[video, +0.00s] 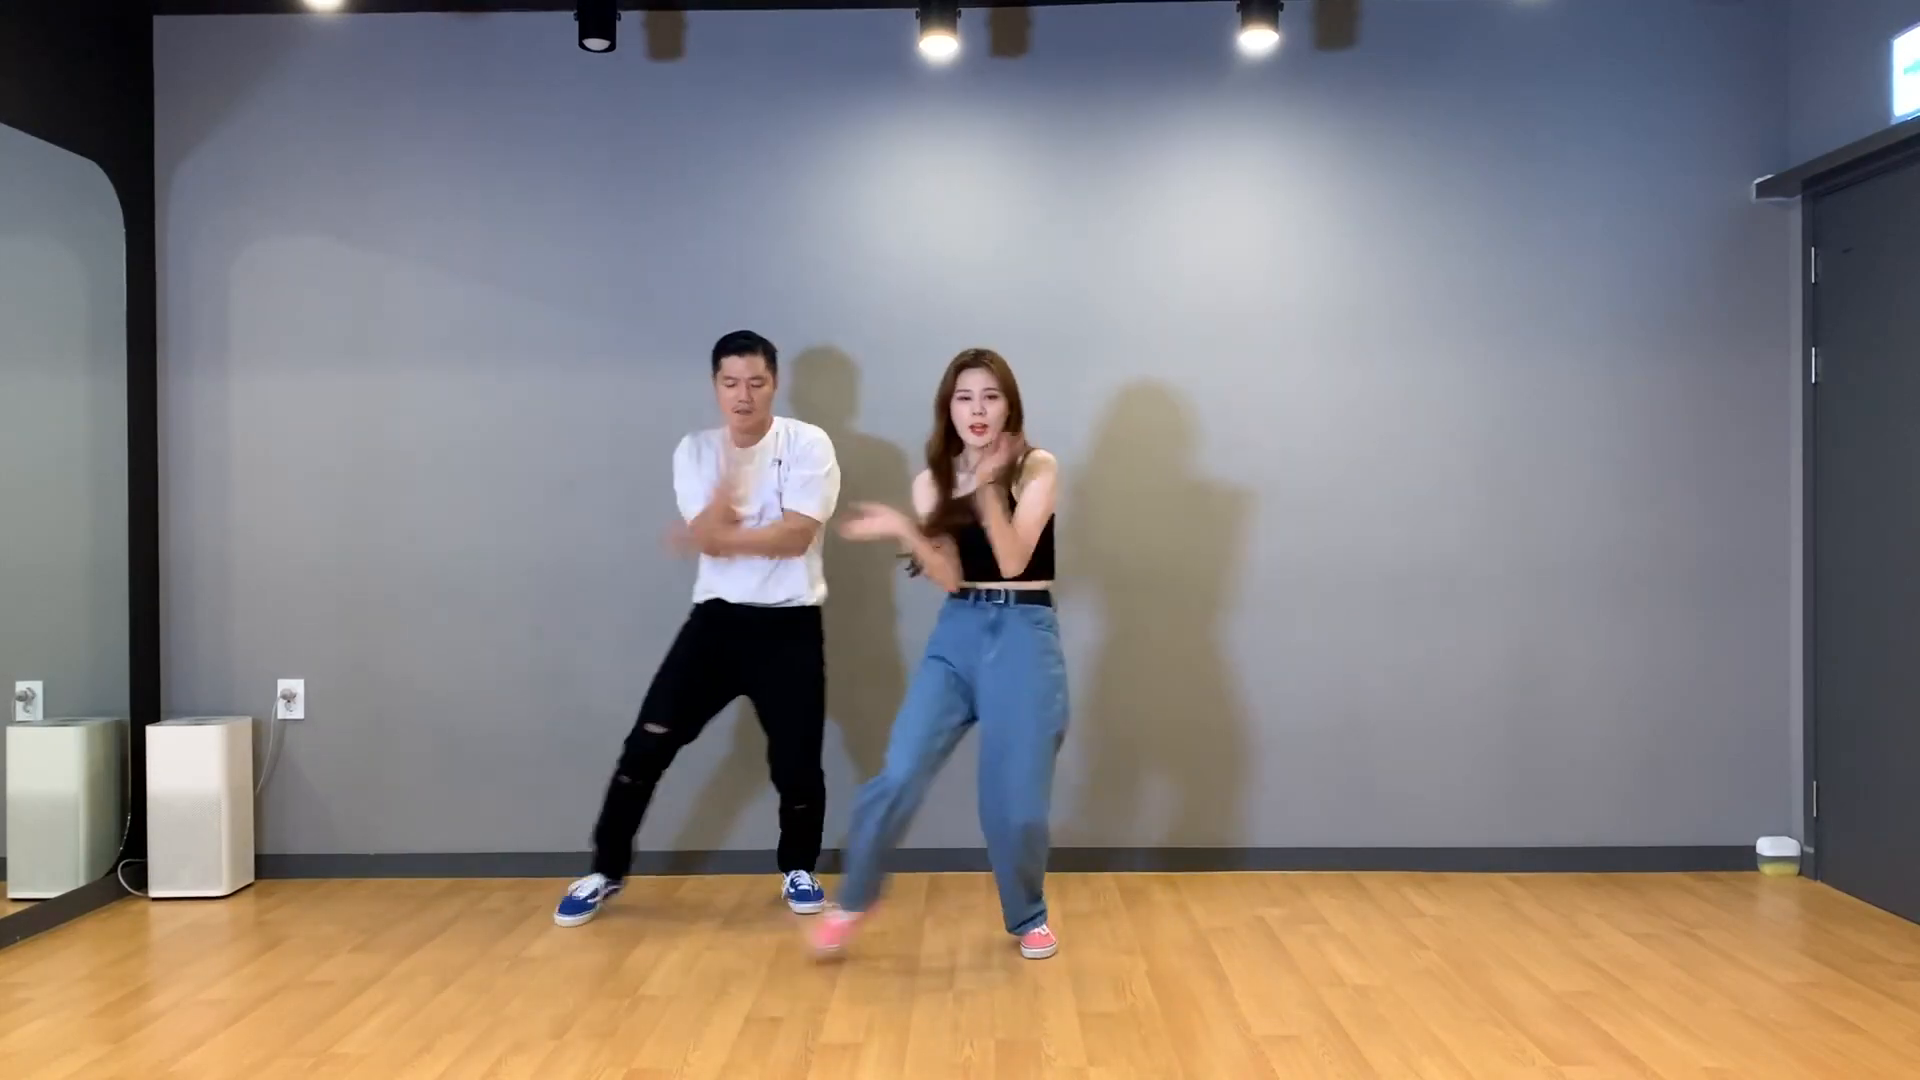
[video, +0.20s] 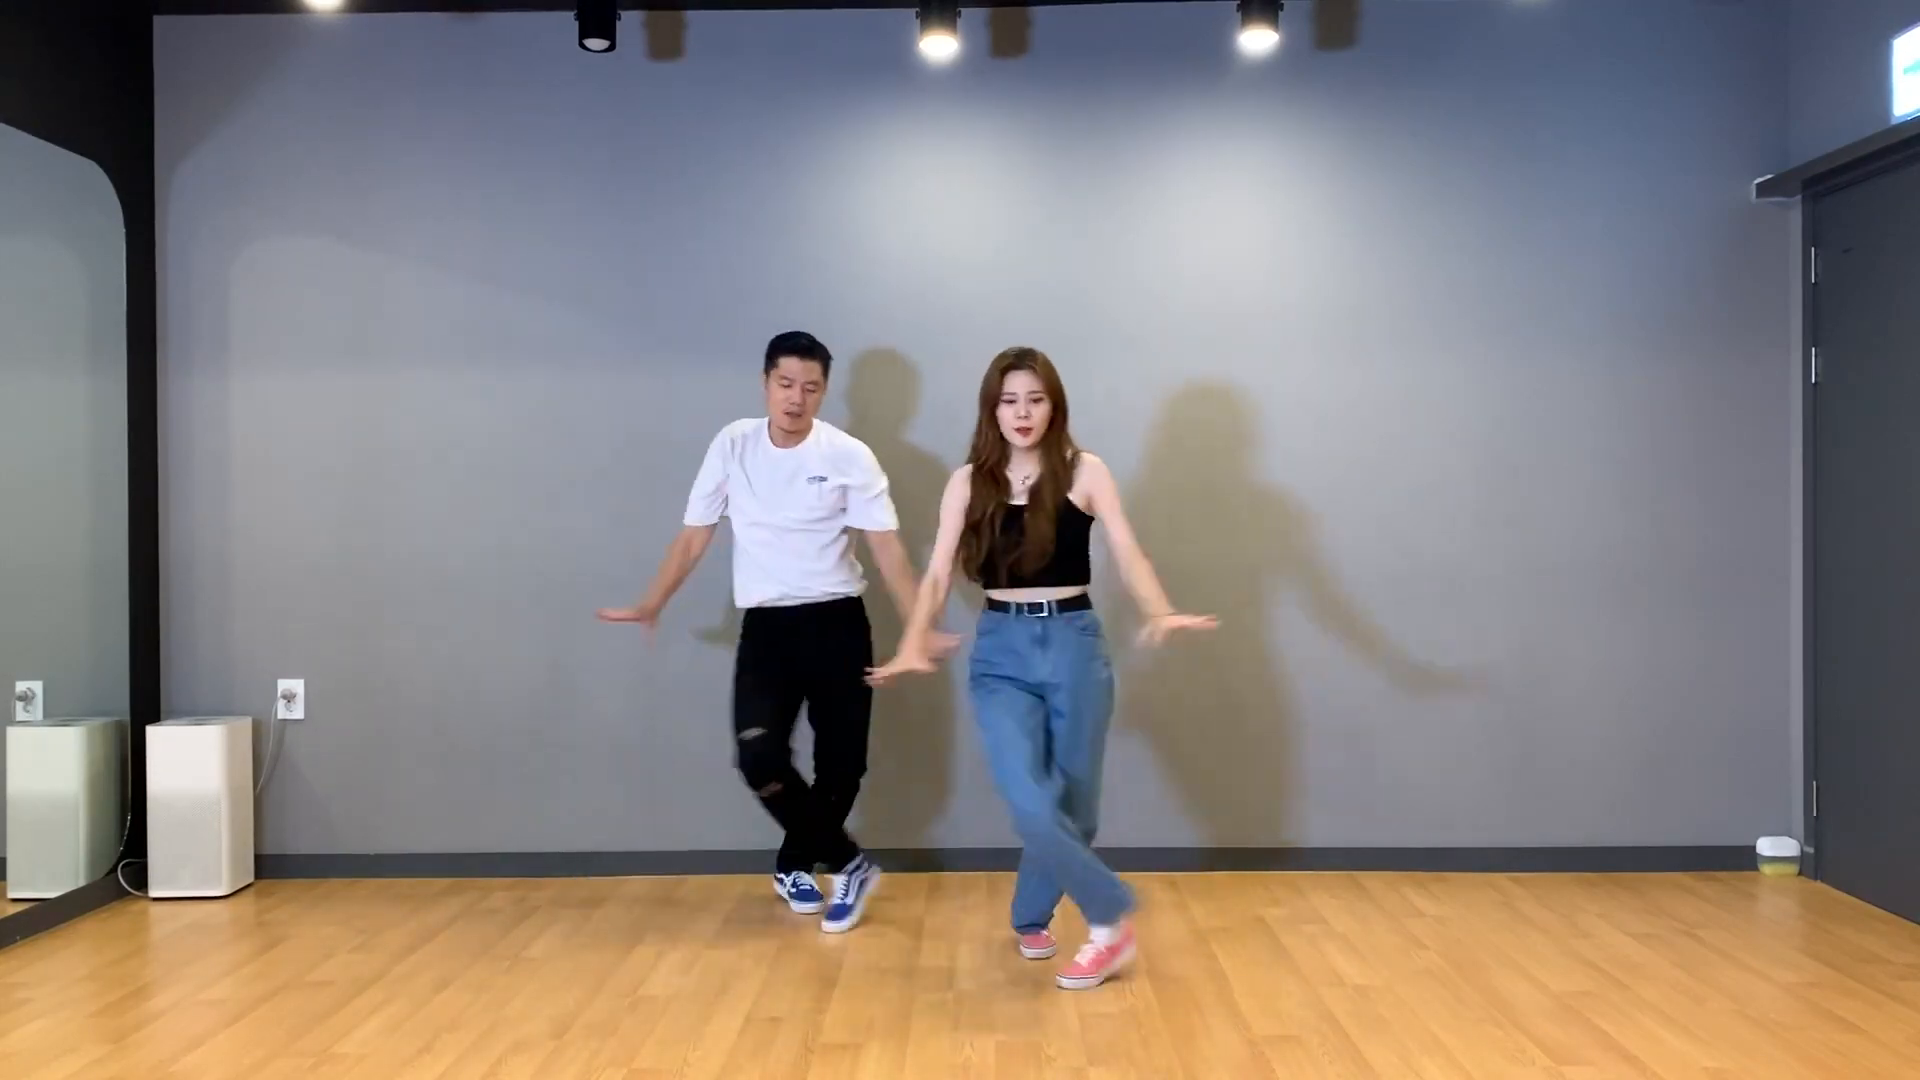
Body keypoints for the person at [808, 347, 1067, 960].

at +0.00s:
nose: (976, 409)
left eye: (989, 397)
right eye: (963, 398)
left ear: (1010, 405)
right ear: (947, 408)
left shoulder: (1037, 469)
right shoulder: (932, 482)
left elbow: (1014, 559)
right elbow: (950, 577)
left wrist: (988, 483)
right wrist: (903, 529)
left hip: (1024, 639)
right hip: (956, 636)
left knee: (1018, 801)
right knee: (899, 775)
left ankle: (1028, 915)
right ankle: (852, 901)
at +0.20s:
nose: (1022, 413)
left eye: (1034, 400)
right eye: (1009, 401)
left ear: (1055, 406)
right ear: (991, 409)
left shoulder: (1085, 471)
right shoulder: (966, 483)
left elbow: (1127, 552)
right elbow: (938, 574)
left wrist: (1159, 610)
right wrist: (912, 647)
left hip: (1073, 644)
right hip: (998, 647)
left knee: (1072, 796)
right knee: (1025, 795)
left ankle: (1030, 918)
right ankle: (1113, 920)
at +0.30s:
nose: (1042, 413)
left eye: (1054, 401)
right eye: (1029, 401)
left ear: (1072, 407)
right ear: (1009, 409)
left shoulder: (1105, 468)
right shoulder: (983, 484)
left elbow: (1186, 533)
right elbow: (928, 568)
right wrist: (867, 637)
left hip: (1100, 645)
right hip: (1024, 647)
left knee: (1092, 807)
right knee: (1060, 805)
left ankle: (1030, 910)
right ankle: (1116, 941)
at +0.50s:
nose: (1080, 402)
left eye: (1094, 390)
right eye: (1068, 390)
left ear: (1113, 400)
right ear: (1049, 400)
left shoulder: (1147, 459)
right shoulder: (1030, 480)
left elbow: (1209, 540)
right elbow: (976, 568)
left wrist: (1296, 565)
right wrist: (885, 581)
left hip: (1155, 641)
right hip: (1077, 646)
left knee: (1174, 793)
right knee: (1072, 806)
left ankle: (1106, 865)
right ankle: (1102, 941)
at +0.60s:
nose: (1105, 396)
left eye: (1118, 385)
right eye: (1093, 386)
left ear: (1139, 398)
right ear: (1075, 400)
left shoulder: (1170, 456)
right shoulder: (1054, 474)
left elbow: (1245, 526)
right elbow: (977, 537)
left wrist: (1210, 476)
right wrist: (971, 470)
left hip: (1178, 640)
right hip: (1102, 647)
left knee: (1235, 778)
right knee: (1085, 808)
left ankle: (1241, 858)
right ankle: (1106, 941)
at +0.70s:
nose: (1134, 379)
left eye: (1148, 369)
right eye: (1121, 370)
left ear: (1168, 381)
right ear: (1105, 384)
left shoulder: (1192, 431)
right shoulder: (1086, 445)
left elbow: (1283, 447)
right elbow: (1002, 478)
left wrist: (1179, 451)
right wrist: (1058, 460)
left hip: (1204, 641)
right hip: (1128, 643)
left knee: (1269, 813)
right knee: (1102, 799)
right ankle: (1107, 942)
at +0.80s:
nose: (1158, 366)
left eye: (1170, 353)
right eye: (1144, 357)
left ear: (1193, 360)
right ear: (1130, 369)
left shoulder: (1222, 417)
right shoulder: (1120, 432)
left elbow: (1309, 459)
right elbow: (1061, 494)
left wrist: (1220, 479)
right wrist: (1087, 483)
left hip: (1217, 625)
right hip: (1145, 631)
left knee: (1290, 783)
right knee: (1120, 789)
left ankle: (1358, 928)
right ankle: (1112, 938)